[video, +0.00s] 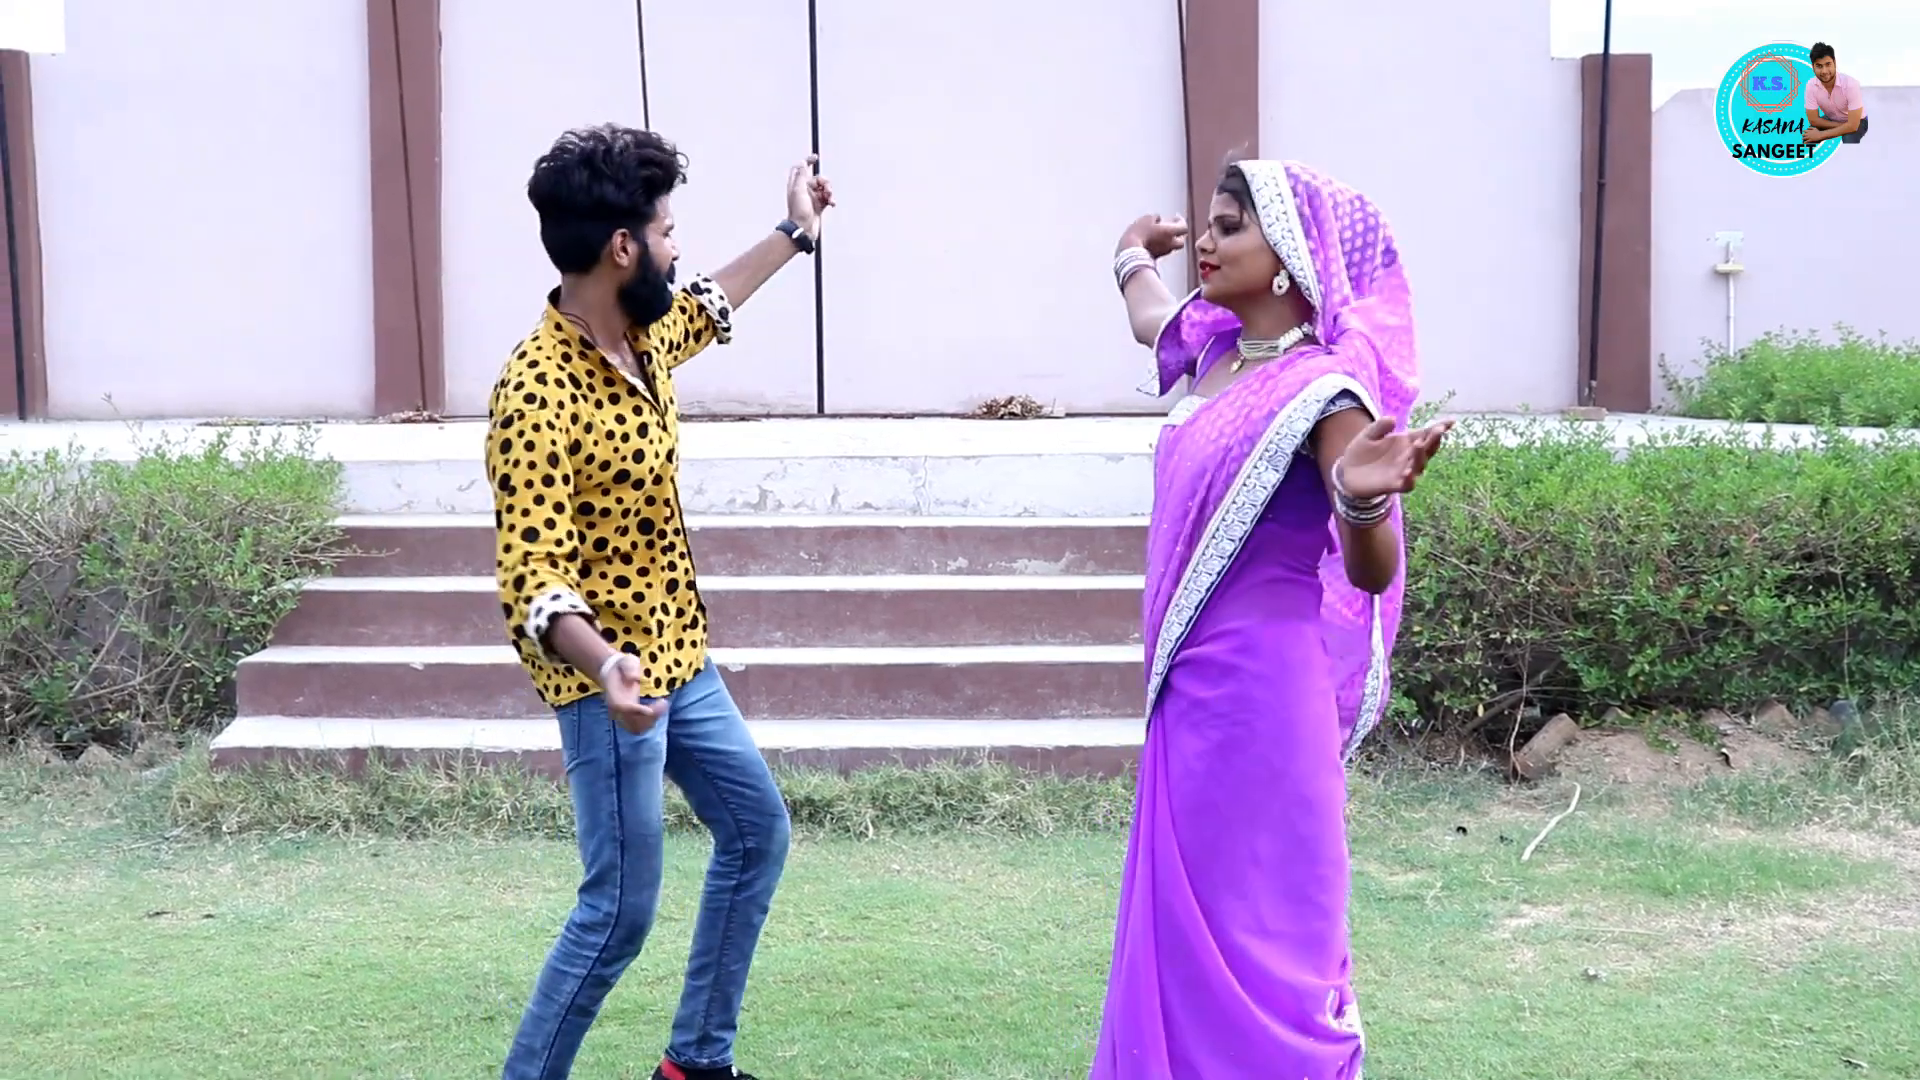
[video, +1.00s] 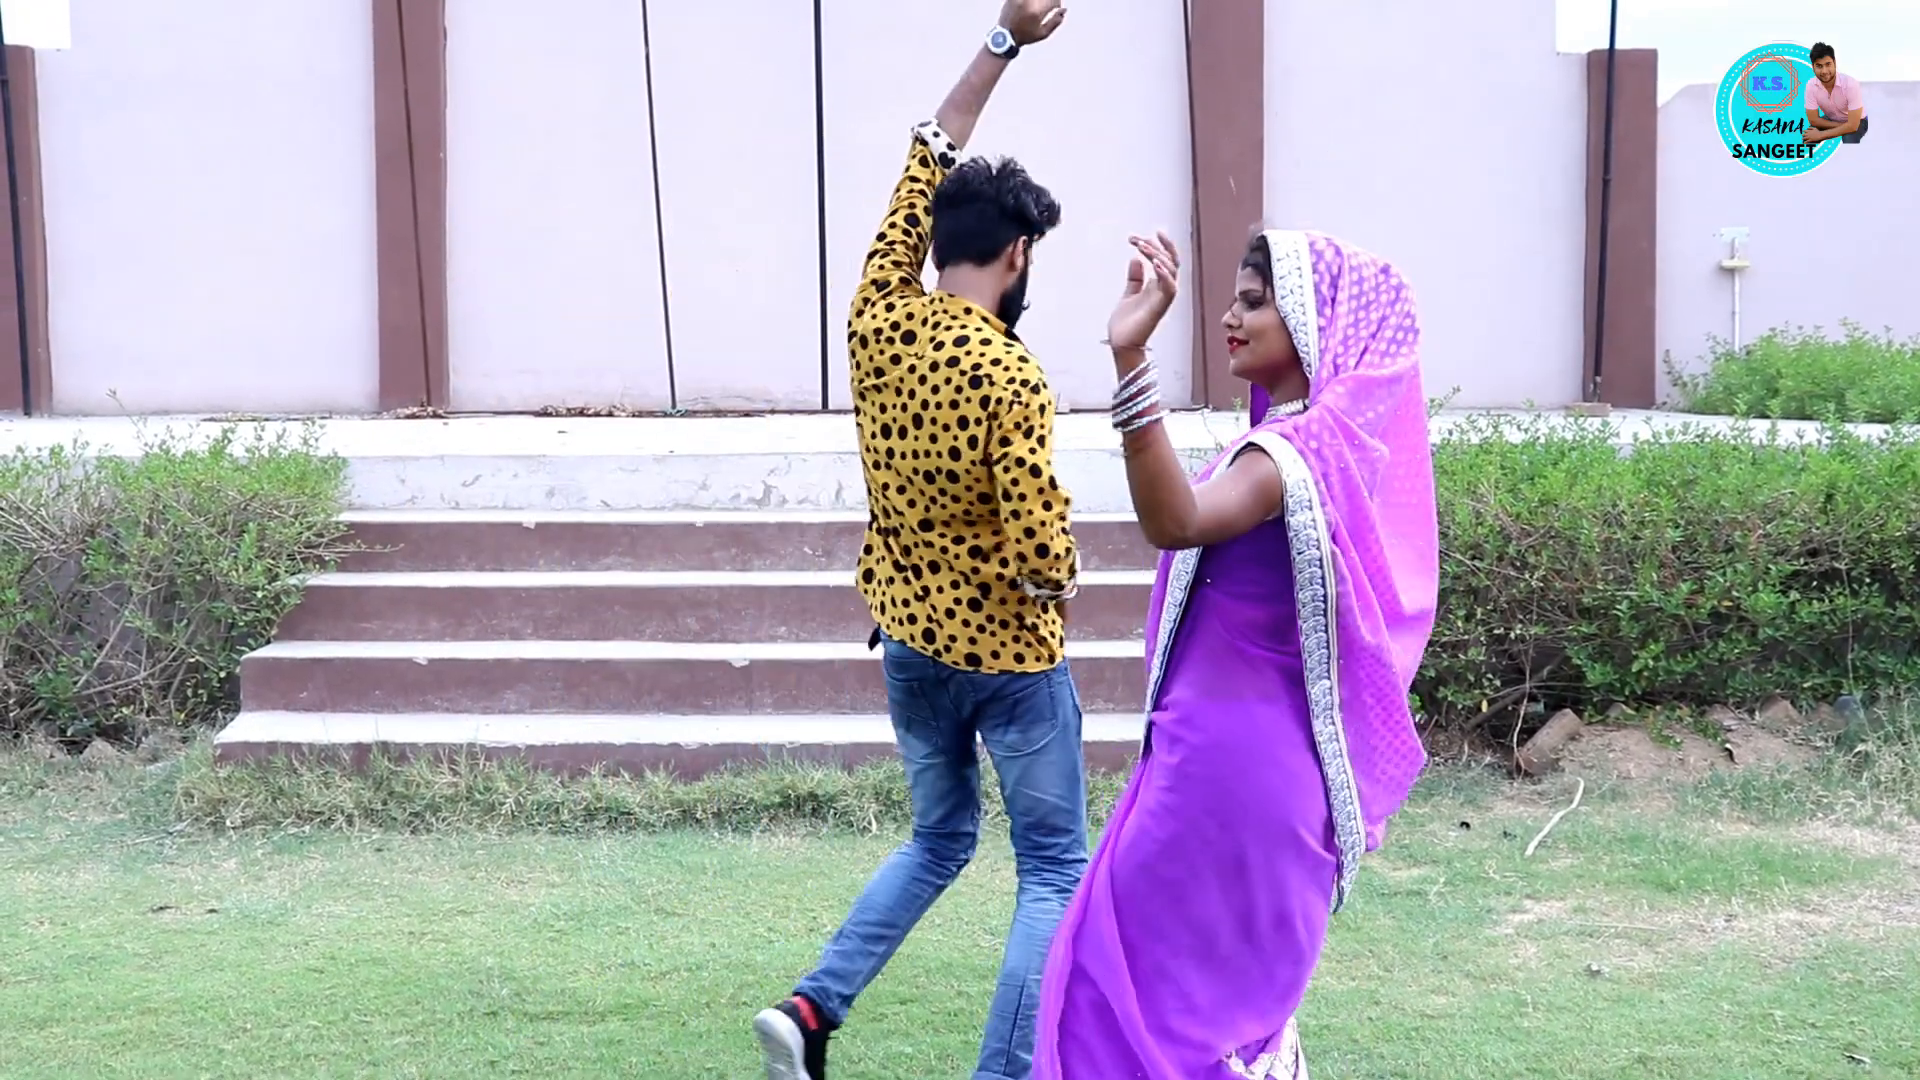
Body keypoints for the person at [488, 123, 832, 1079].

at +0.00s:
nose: (678, 245)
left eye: (673, 226)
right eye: (667, 228)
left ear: (620, 245)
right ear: (622, 246)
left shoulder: (637, 333)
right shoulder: (537, 391)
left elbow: (709, 302)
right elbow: (533, 577)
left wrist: (795, 230)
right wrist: (604, 661)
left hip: (678, 658)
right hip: (602, 681)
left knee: (757, 833)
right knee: (618, 910)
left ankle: (699, 1058)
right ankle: (529, 1071)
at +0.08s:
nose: (708, 250)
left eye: (703, 231)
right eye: (694, 233)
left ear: (644, 248)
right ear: (650, 251)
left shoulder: (648, 330)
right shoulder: (567, 393)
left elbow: (708, 293)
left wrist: (787, 217)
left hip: (688, 652)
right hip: (622, 674)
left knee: (770, 831)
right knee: (629, 906)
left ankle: (703, 1058)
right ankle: (534, 1071)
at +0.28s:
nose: (777, 245)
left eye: (775, 228)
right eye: (773, 230)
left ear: (687, 236)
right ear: (743, 247)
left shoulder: (650, 296)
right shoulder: (711, 400)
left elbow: (684, 192)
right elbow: (748, 587)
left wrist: (771, 101)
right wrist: (847, 659)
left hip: (677, 629)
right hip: (688, 650)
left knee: (761, 833)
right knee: (646, 883)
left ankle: (707, 1065)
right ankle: (530, 1068)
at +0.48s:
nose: (864, 284)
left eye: (864, 266)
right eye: (863, 268)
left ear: (768, 259)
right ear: (838, 277)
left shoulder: (702, 317)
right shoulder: (810, 415)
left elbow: (725, 178)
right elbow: (867, 583)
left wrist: (786, 57)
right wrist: (826, 547)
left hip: (694, 650)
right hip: (773, 668)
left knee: (757, 882)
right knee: (787, 897)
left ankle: (706, 1071)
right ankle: (581, 1047)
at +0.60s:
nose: (912, 259)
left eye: (909, 241)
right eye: (909, 244)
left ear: (813, 236)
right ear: (879, 256)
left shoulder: (742, 301)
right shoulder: (857, 396)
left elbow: (775, 161)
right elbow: (896, 573)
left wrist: (832, 34)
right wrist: (874, 559)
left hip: (716, 622)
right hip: (809, 651)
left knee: (763, 846)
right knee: (876, 864)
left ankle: (703, 1052)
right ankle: (723, 1044)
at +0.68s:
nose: (934, 247)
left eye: (933, 228)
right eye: (933, 229)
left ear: (840, 213)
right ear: (906, 237)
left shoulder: (769, 280)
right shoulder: (882, 370)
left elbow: (819, 127)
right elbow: (918, 557)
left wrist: (880, 8)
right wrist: (919, 566)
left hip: (747, 615)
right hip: (842, 639)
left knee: (764, 845)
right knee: (920, 842)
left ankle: (707, 1061)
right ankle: (847, 1056)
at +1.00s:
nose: (1032, 268)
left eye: (1029, 250)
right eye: (1034, 252)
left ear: (937, 237)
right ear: (1015, 254)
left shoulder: (875, 314)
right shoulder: (1006, 367)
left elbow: (931, 159)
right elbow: (1035, 523)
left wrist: (1003, 40)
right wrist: (1062, 591)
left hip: (906, 640)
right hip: (1008, 655)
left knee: (937, 838)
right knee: (1055, 865)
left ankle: (810, 1009)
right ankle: (1011, 1066)